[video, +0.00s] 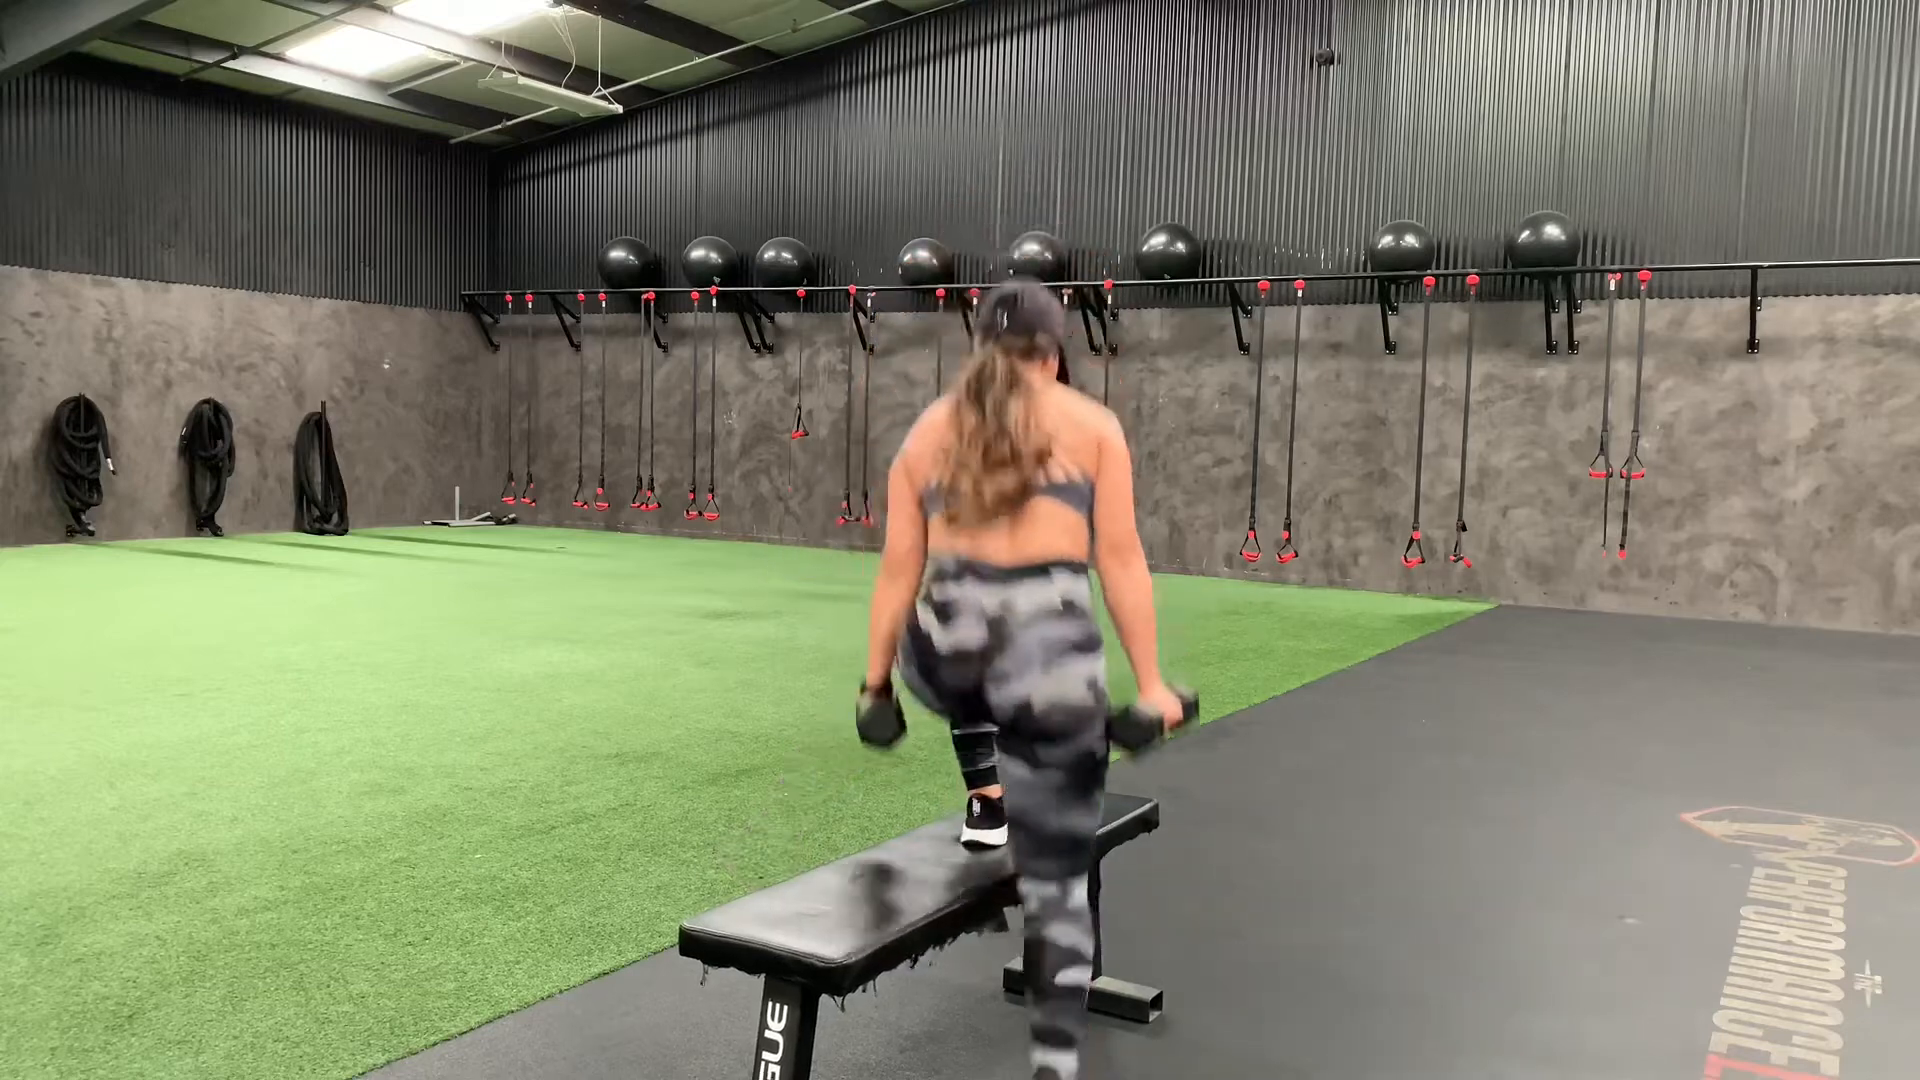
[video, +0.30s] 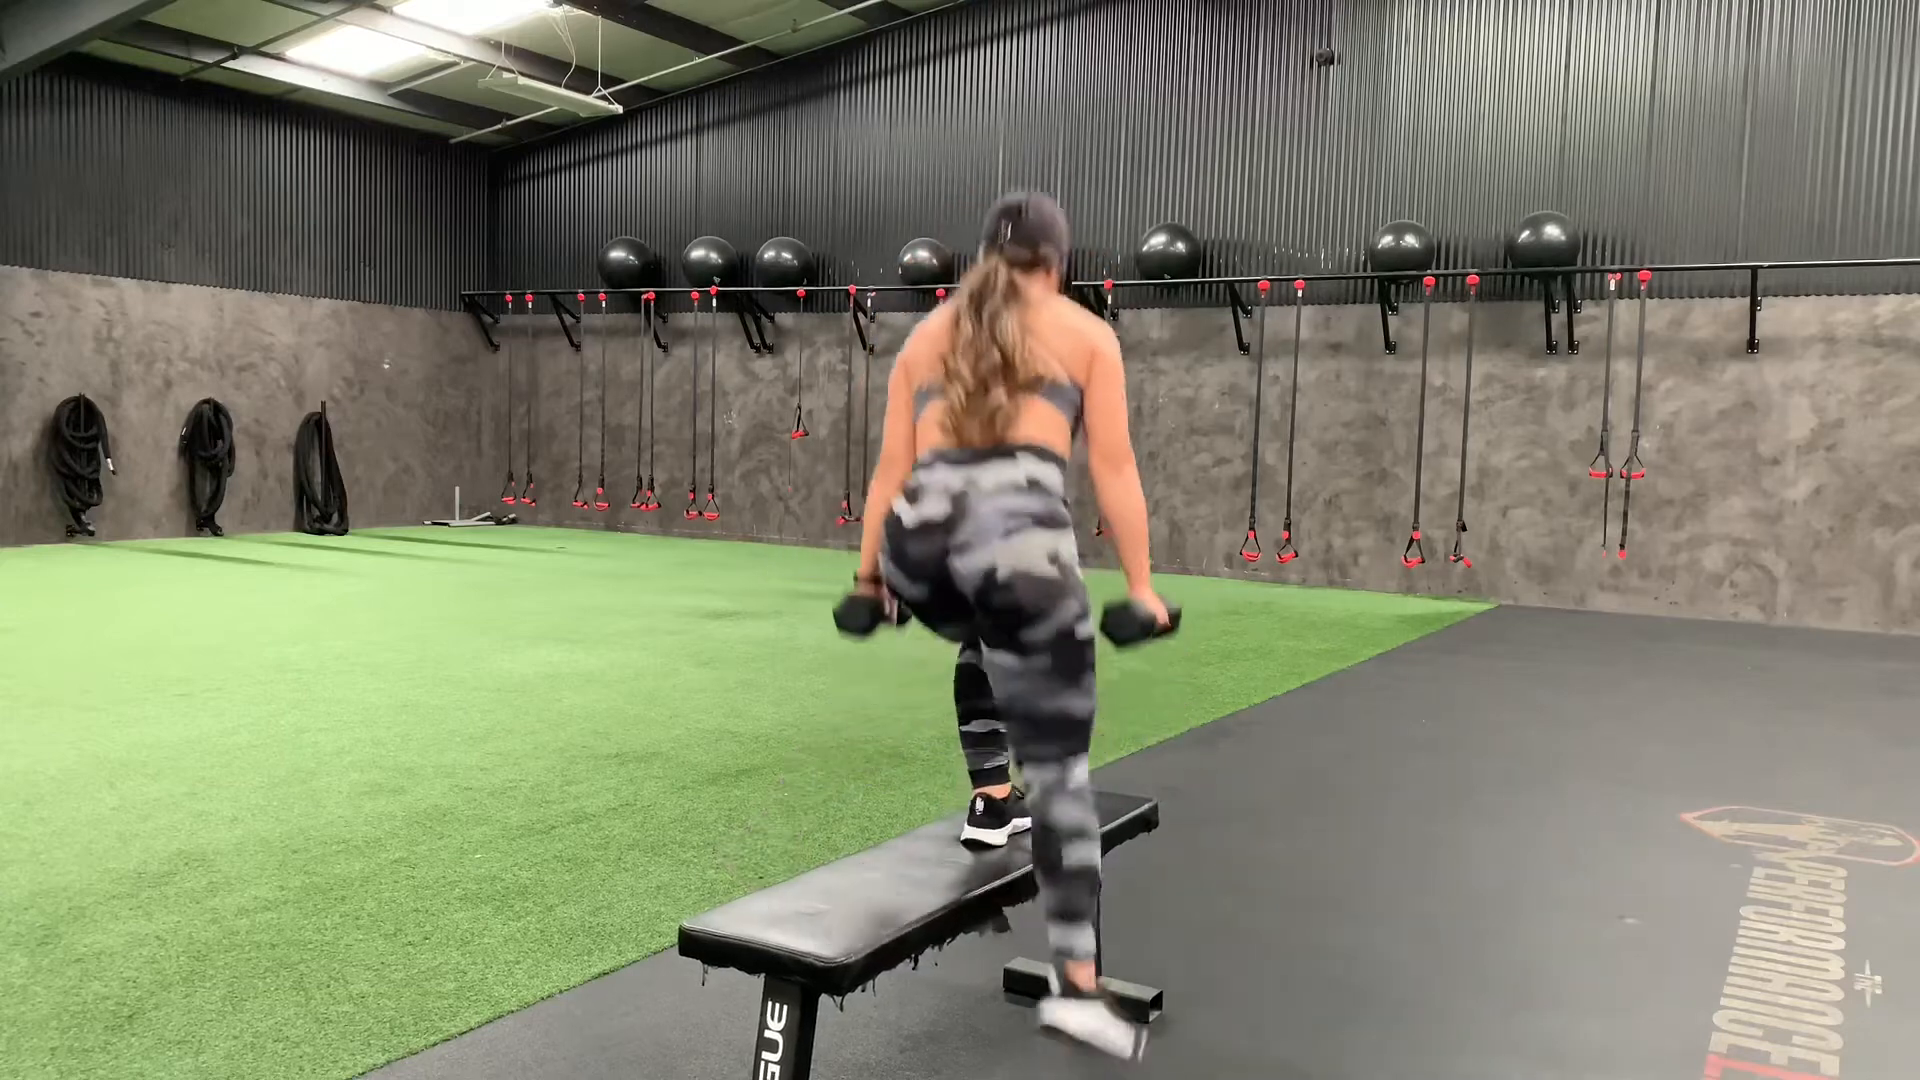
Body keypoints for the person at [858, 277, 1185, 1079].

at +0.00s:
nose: (1060, 367)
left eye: (1053, 357)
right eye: (1059, 356)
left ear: (979, 347)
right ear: (1051, 355)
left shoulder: (930, 430)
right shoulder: (1091, 424)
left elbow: (900, 567)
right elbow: (1121, 558)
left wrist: (876, 675)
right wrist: (1149, 681)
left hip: (947, 641)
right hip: (1054, 640)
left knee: (959, 690)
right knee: (1057, 863)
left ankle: (986, 795)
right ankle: (1058, 1059)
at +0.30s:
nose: (1068, 272)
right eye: (1068, 262)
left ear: (984, 256)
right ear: (1057, 262)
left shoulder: (927, 334)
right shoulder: (1087, 334)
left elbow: (894, 465)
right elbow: (1112, 467)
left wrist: (868, 569)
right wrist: (1140, 585)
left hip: (920, 537)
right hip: (1026, 532)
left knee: (979, 634)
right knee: (1056, 765)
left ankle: (992, 800)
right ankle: (1077, 983)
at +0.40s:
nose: (1066, 221)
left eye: (1062, 211)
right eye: (1067, 209)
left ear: (997, 195)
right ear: (1061, 203)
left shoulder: (934, 267)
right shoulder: (1084, 271)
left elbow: (890, 396)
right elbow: (1104, 406)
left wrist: (864, 500)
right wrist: (1122, 524)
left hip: (898, 467)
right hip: (997, 466)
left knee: (965, 622)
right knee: (1053, 648)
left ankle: (987, 793)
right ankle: (1033, 813)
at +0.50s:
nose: (1070, 210)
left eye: (1069, 198)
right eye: (1071, 198)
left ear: (997, 182)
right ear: (1060, 193)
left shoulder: (930, 245)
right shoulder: (1077, 251)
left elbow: (886, 367)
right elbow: (1089, 388)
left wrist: (854, 487)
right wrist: (1108, 511)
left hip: (872, 445)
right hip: (979, 442)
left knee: (945, 583)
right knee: (1043, 600)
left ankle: (906, 756)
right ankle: (979, 768)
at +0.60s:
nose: (1069, 232)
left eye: (1067, 220)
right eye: (1070, 220)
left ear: (999, 201)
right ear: (1060, 215)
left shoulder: (928, 260)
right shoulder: (1069, 275)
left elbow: (890, 380)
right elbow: (1073, 411)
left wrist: (843, 512)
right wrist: (1087, 540)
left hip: (855, 467)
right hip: (956, 466)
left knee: (907, 628)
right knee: (1021, 620)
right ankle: (964, 796)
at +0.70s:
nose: (1065, 294)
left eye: (1063, 283)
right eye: (1066, 282)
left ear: (996, 269)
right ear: (1058, 281)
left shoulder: (932, 322)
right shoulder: (1064, 345)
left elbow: (887, 450)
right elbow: (1060, 481)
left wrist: (814, 578)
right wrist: (1070, 612)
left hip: (838, 533)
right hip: (929, 538)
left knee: (836, 723)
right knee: (1029, 625)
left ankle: (734, 899)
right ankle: (960, 802)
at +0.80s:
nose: (1050, 382)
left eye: (1050, 370)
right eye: (1049, 370)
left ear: (980, 359)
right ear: (1036, 368)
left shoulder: (919, 418)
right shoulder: (1036, 439)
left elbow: (877, 530)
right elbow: (1037, 578)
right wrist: (1053, 714)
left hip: (821, 629)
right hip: (906, 633)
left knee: (792, 828)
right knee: (1026, 658)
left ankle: (697, 1004)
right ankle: (959, 809)